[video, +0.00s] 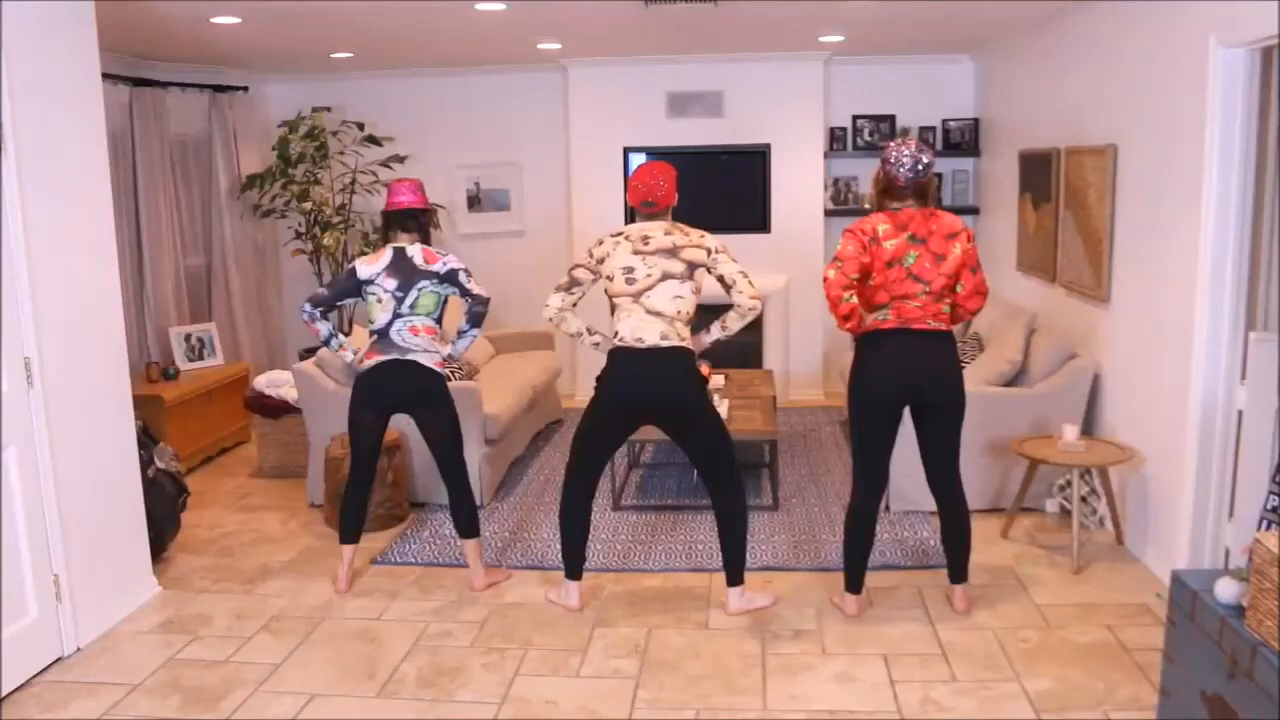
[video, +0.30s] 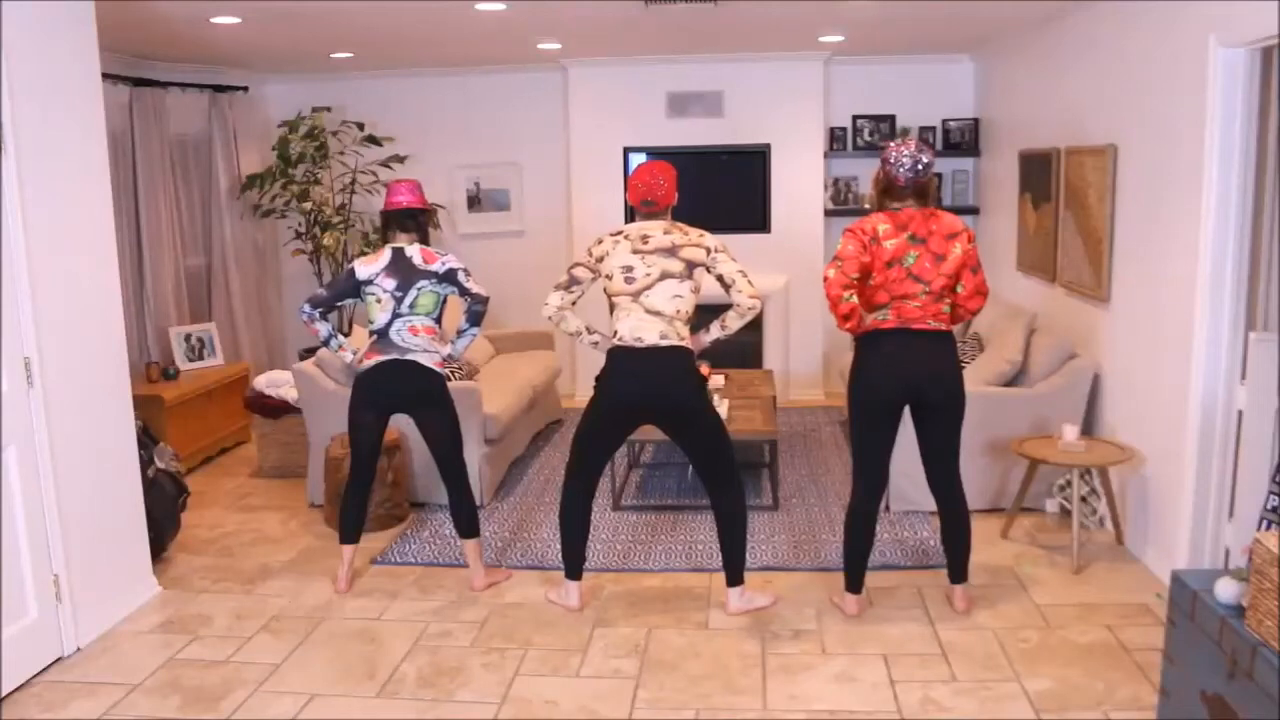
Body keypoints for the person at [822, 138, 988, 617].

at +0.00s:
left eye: (881, 174)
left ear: (881, 182)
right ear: (929, 182)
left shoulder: (865, 229)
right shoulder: (954, 228)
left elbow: (837, 284)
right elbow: (973, 293)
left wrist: (861, 325)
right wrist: (942, 323)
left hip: (879, 358)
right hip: (938, 358)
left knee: (868, 481)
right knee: (947, 478)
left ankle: (852, 594)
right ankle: (960, 590)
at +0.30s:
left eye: (881, 174)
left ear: (881, 182)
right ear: (930, 182)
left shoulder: (866, 229)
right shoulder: (954, 228)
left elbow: (837, 283)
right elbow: (974, 293)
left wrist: (860, 325)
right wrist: (942, 323)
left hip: (879, 358)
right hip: (938, 358)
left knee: (868, 481)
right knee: (947, 478)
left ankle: (853, 594)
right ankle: (960, 590)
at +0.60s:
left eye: (880, 174)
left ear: (881, 182)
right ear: (929, 182)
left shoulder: (864, 228)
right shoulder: (953, 227)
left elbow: (834, 285)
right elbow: (975, 292)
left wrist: (861, 325)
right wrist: (943, 322)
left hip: (879, 358)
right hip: (938, 358)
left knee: (867, 481)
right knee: (947, 478)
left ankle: (853, 593)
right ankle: (960, 589)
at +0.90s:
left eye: (879, 174)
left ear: (879, 182)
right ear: (928, 181)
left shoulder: (862, 228)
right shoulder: (954, 228)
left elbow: (833, 286)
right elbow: (974, 294)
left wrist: (861, 325)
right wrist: (941, 322)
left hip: (878, 358)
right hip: (937, 358)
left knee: (867, 481)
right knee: (946, 478)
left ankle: (853, 594)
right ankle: (960, 590)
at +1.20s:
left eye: (878, 175)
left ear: (879, 182)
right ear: (928, 181)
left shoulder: (862, 228)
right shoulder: (953, 227)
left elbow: (832, 286)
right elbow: (975, 293)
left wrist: (861, 325)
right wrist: (943, 322)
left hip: (878, 358)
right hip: (937, 359)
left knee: (867, 481)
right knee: (947, 479)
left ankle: (853, 594)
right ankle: (959, 590)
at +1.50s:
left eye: (879, 175)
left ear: (879, 182)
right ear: (928, 181)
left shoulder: (862, 229)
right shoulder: (953, 227)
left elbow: (833, 286)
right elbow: (975, 292)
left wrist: (861, 325)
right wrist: (944, 322)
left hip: (879, 358)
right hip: (938, 358)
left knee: (867, 481)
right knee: (947, 478)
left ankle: (853, 594)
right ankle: (959, 590)